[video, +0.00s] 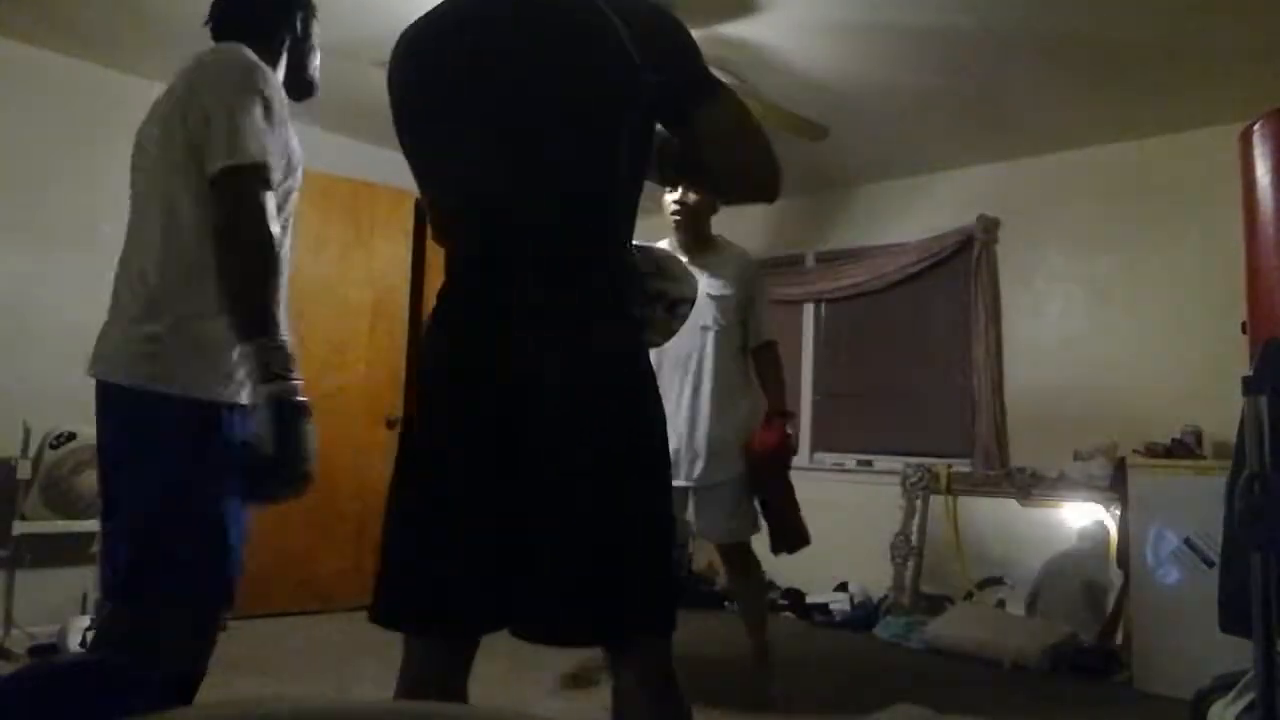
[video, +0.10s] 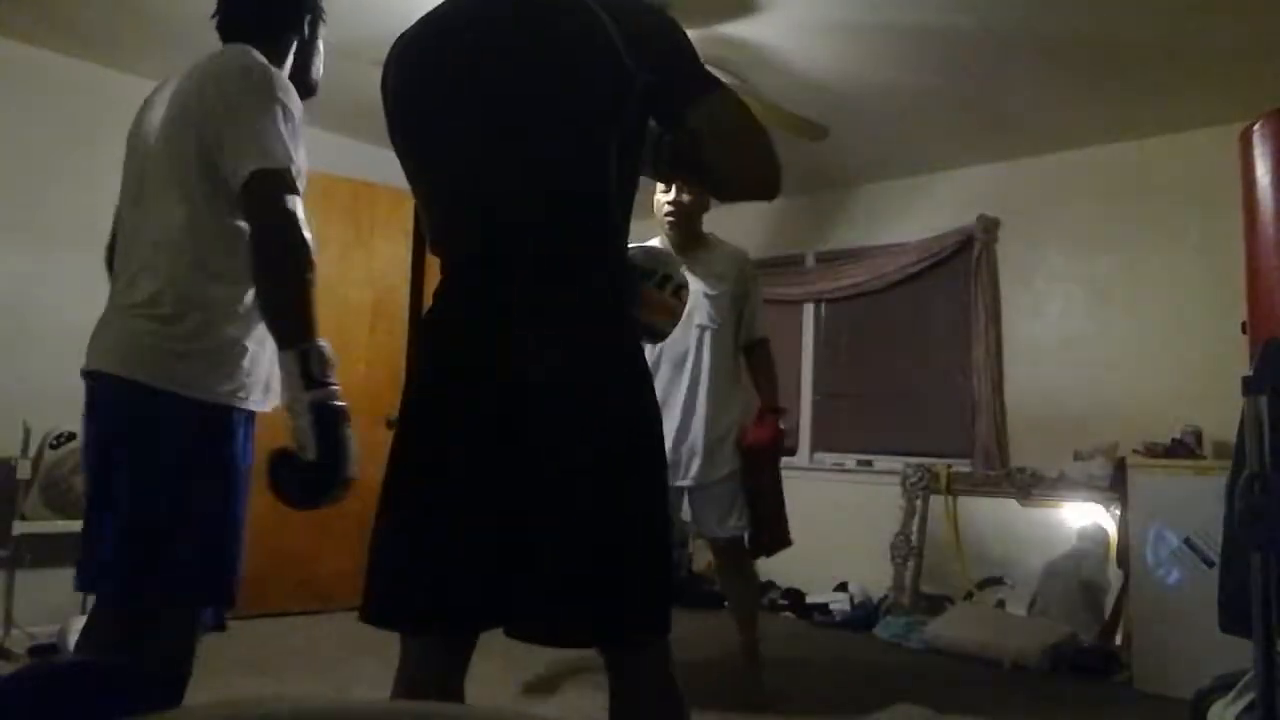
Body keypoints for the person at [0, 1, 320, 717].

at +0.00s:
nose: (319, 51)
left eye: (317, 31)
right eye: (313, 28)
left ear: (235, 21)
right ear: (287, 24)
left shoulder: (196, 85)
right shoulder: (237, 75)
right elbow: (243, 236)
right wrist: (284, 395)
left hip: (157, 394)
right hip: (184, 400)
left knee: (146, 654)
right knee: (163, 663)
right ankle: (13, 698)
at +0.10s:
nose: (323, 60)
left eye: (324, 40)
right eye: (322, 37)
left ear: (238, 22)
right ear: (296, 29)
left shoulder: (167, 95)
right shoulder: (253, 79)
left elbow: (122, 254)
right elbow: (279, 236)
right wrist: (316, 394)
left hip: (129, 382)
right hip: (187, 395)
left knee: (122, 622)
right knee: (155, 658)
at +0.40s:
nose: (309, 65)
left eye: (311, 50)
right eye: (311, 49)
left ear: (227, 30)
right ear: (301, 37)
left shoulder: (149, 100)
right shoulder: (283, 90)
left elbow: (76, 236)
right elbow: (317, 241)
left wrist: (50, 376)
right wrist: (372, 392)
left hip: (113, 384)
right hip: (202, 395)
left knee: (130, 601)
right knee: (146, 614)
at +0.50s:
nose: (307, 58)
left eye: (305, 44)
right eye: (306, 44)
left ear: (224, 36)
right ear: (297, 38)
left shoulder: (150, 107)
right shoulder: (289, 97)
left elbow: (81, 241)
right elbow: (318, 248)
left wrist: (60, 375)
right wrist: (365, 392)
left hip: (113, 387)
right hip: (203, 397)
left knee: (128, 600)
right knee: (148, 611)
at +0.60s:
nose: (303, 61)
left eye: (303, 52)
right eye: (303, 50)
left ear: (219, 47)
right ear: (294, 47)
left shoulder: (150, 114)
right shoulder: (296, 108)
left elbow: (85, 252)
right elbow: (315, 255)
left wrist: (71, 383)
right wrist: (351, 390)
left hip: (122, 386)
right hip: (217, 396)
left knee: (139, 592)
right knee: (163, 605)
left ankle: (115, 705)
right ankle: (103, 710)